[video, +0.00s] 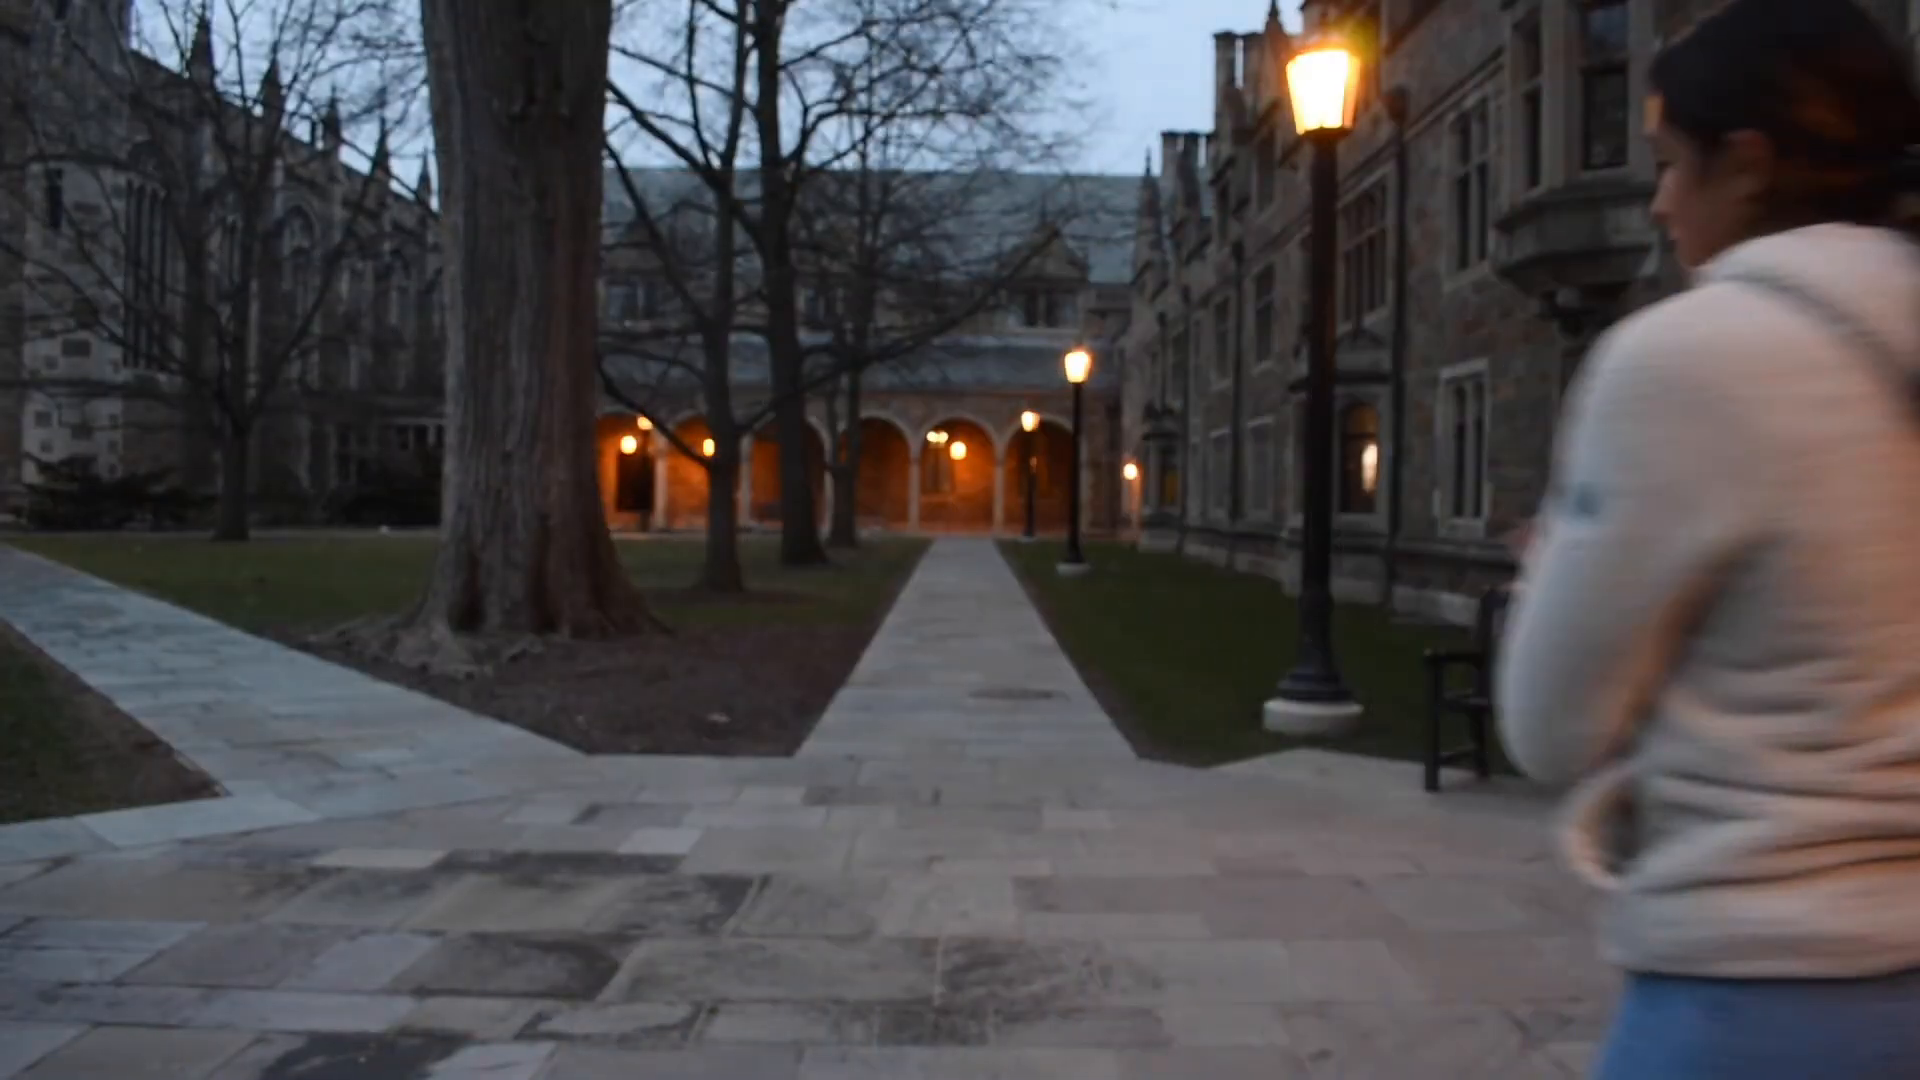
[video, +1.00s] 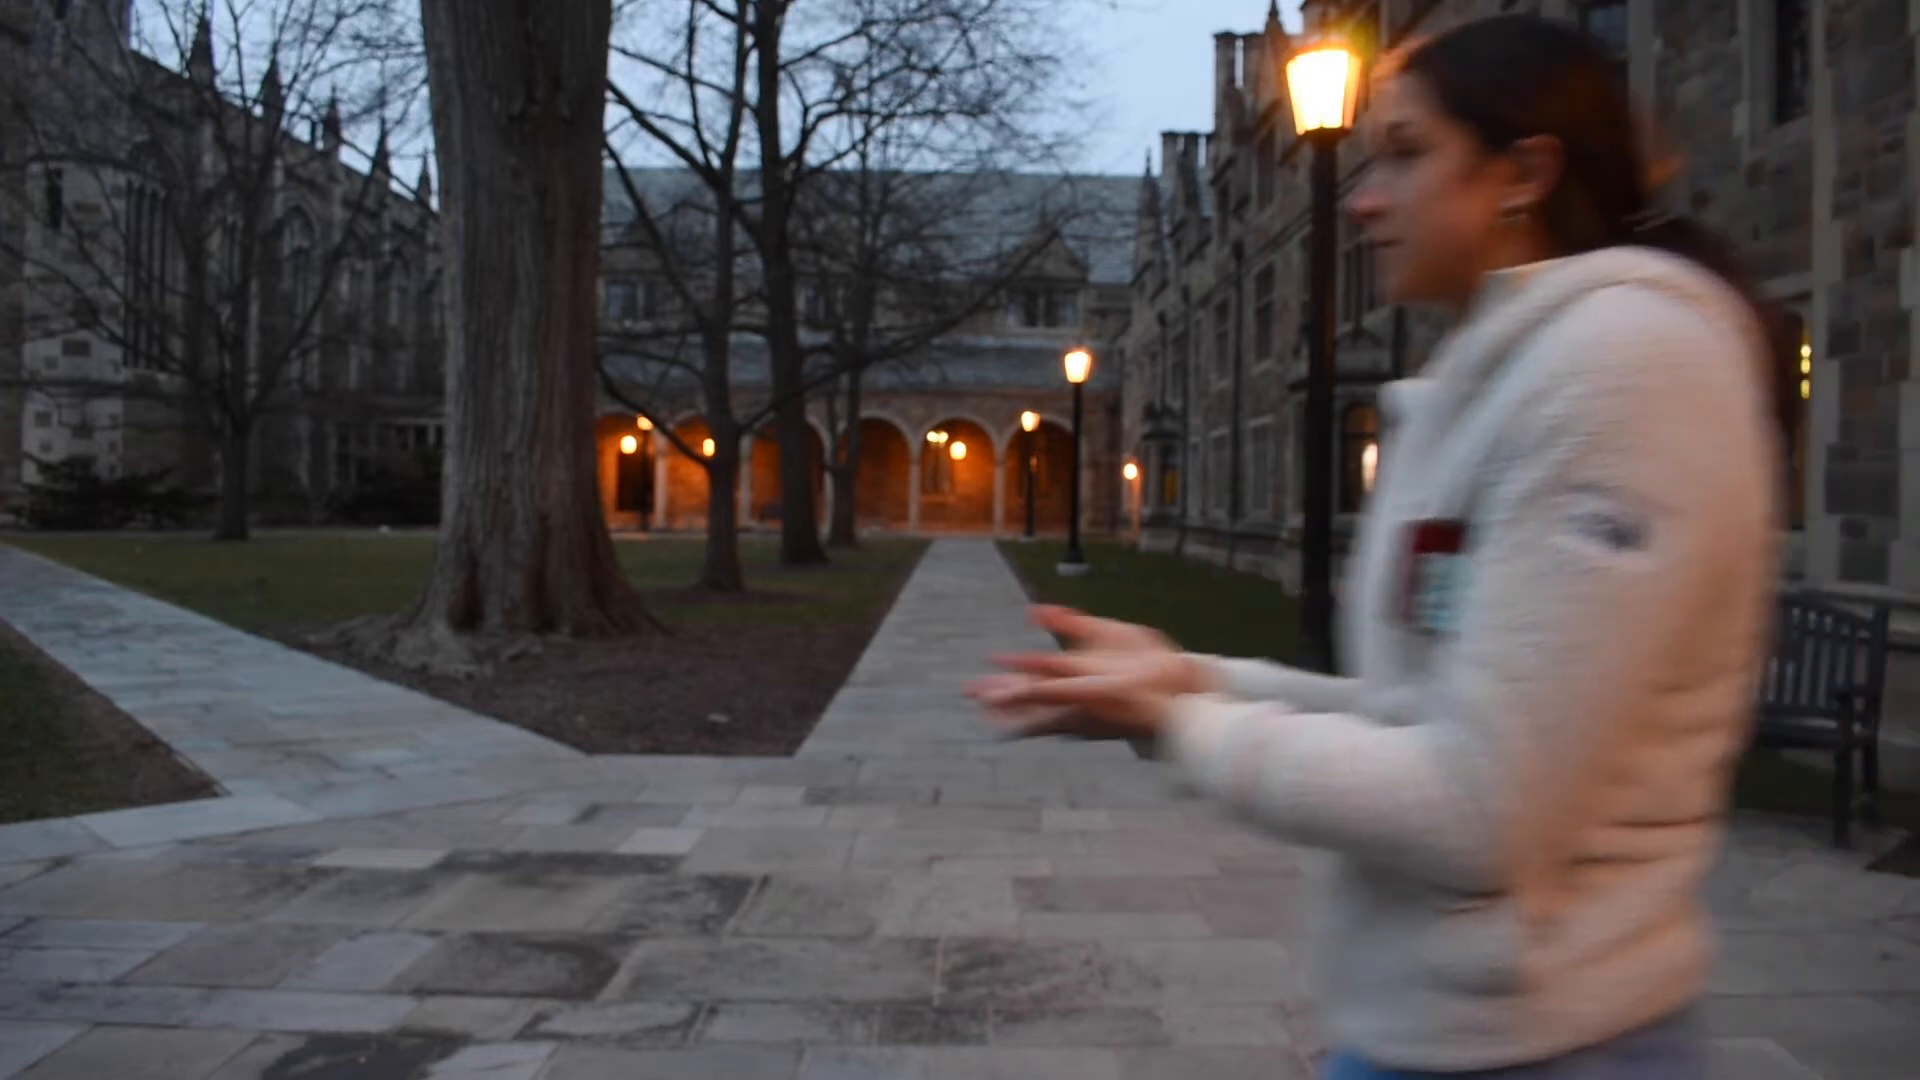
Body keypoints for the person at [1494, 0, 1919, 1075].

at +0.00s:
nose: (1656, 203)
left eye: (1666, 164)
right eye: (1655, 167)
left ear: (1749, 161)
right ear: (1861, 153)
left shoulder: (1692, 357)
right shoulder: (1898, 310)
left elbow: (1547, 728)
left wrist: (1551, 567)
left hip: (1760, 991)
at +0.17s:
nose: (1683, 195)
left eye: (1711, 150)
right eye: (1688, 153)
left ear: (1831, 158)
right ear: (1833, 163)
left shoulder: (1840, 331)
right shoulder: (1878, 312)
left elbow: (1648, 750)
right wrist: (1554, 601)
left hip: (1831, 1009)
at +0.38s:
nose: (1680, 182)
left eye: (1722, 137)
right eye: (1682, 144)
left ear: (1856, 146)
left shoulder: (1896, 350)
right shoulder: (1786, 346)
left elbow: (1772, 757)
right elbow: (1708, 668)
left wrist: (1557, 635)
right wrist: (1461, 588)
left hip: (1843, 1025)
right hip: (1775, 1009)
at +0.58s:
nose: (1624, 189)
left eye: (1668, 142)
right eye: (1627, 150)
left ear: (1806, 150)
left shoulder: (1894, 346)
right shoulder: (1709, 370)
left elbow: (1740, 771)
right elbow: (1653, 697)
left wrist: (1424, 647)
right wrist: (1436, 600)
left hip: (1816, 1038)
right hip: (1666, 1024)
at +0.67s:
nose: (1591, 193)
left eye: (1632, 144)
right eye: (1593, 154)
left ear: (1768, 153)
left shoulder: (1871, 334)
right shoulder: (1674, 364)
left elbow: (1711, 782)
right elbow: (1632, 703)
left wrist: (1395, 667)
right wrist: (1391, 644)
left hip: (1785, 1036)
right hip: (1617, 1018)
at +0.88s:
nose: (1450, 190)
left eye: (1489, 141)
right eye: (1452, 150)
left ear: (1624, 156)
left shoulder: (1746, 336)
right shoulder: (1573, 359)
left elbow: (1607, 798)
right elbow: (1542, 706)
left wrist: (1306, 717)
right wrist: (1308, 678)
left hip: (1666, 1034)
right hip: (1530, 1021)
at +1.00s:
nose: (1361, 199)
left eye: (1403, 153)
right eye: (1368, 158)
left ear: (1524, 172)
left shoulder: (1631, 354)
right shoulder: (1485, 369)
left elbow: (1485, 811)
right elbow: (1440, 723)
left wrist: (1180, 718)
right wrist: (1194, 681)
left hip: (1547, 1036)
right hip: (1431, 1026)